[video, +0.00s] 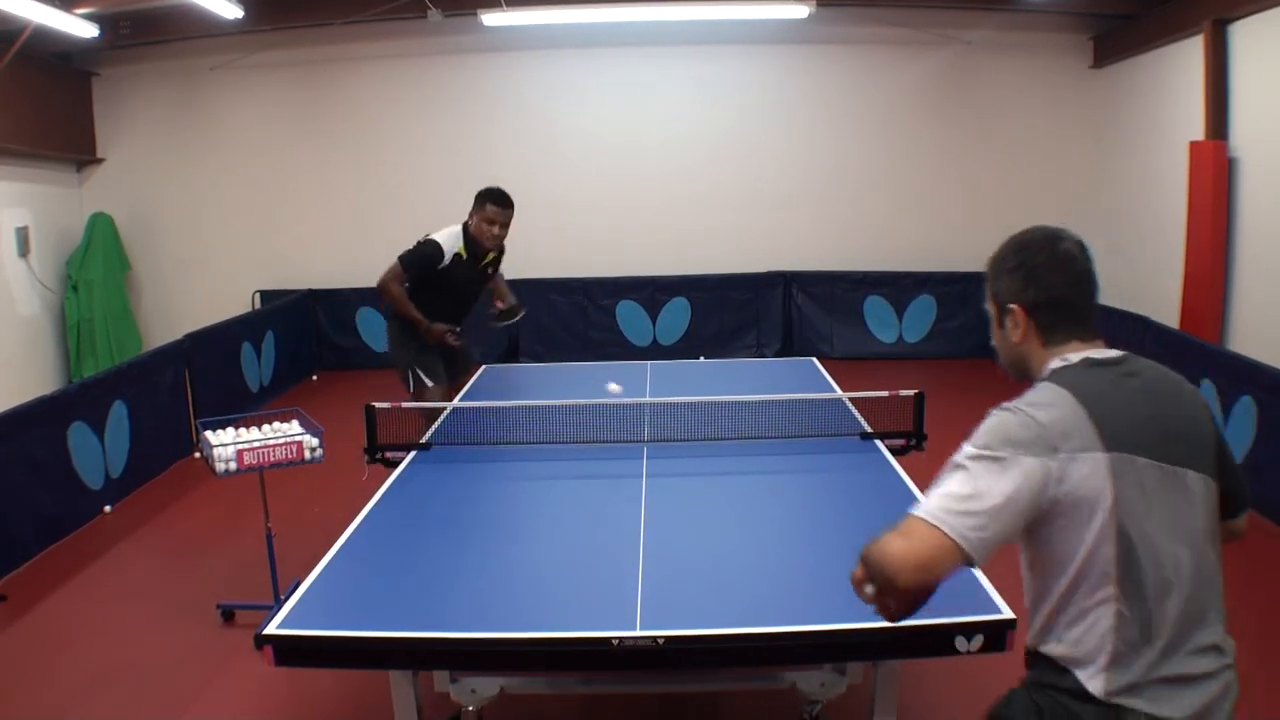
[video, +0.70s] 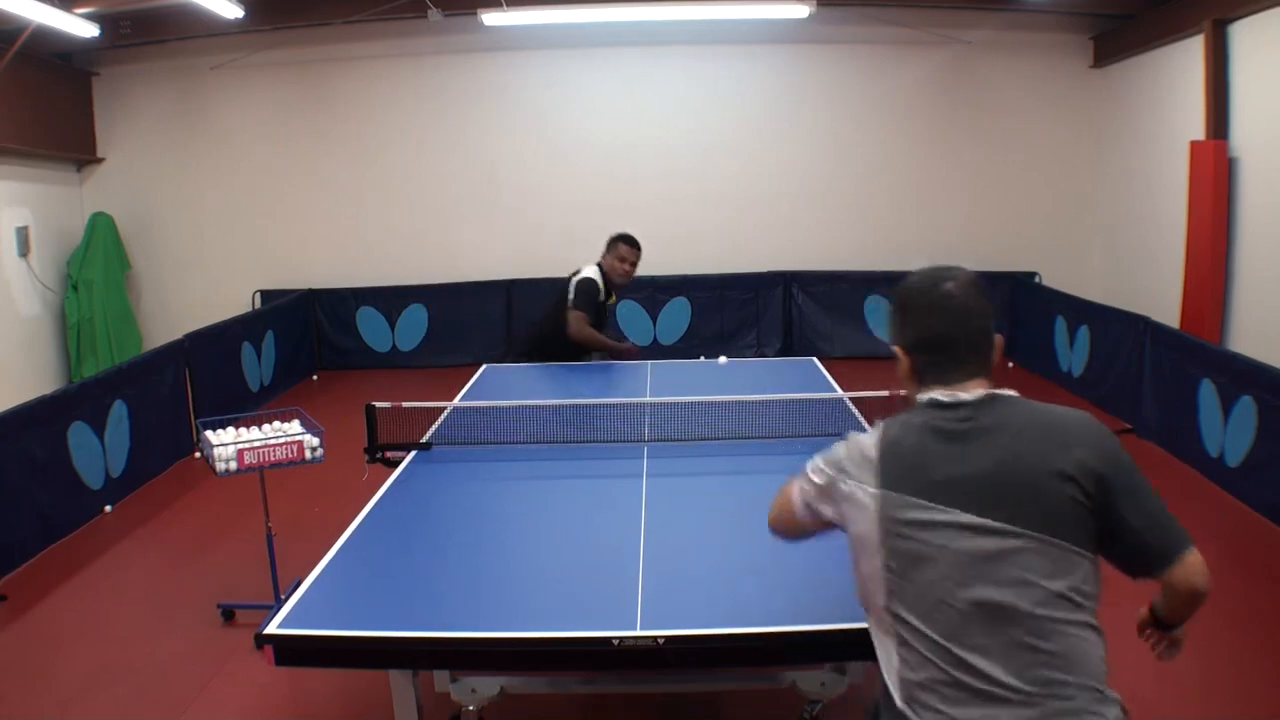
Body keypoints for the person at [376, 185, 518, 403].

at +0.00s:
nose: (496, 232)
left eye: (504, 226)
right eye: (489, 223)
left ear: (510, 226)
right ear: (472, 218)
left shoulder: (495, 250)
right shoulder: (438, 247)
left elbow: (491, 275)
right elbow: (388, 283)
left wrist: (507, 301)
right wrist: (426, 327)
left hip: (449, 331)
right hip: (411, 330)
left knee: (470, 391)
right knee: (436, 402)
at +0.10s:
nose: (505, 237)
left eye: (512, 231)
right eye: (498, 229)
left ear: (518, 232)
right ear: (480, 226)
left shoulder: (508, 259)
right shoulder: (448, 255)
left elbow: (513, 285)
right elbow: (399, 289)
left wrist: (534, 305)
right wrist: (440, 329)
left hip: (469, 339)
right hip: (428, 339)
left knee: (499, 393)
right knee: (440, 415)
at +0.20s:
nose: (520, 244)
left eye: (527, 238)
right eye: (513, 236)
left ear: (532, 240)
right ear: (495, 235)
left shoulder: (529, 270)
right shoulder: (463, 263)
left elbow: (536, 298)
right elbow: (414, 295)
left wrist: (561, 317)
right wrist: (453, 336)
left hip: (495, 352)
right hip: (451, 351)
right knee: (452, 417)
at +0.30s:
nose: (540, 233)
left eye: (547, 227)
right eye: (533, 225)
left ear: (553, 229)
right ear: (516, 223)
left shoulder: (552, 259)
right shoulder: (485, 254)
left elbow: (557, 293)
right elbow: (438, 288)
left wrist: (579, 315)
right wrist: (477, 324)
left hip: (527, 347)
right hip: (481, 349)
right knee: (484, 422)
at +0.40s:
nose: (559, 223)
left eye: (566, 217)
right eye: (552, 215)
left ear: (572, 219)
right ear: (536, 212)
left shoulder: (565, 250)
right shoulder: (503, 246)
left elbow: (571, 289)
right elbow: (463, 282)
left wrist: (601, 319)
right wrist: (506, 312)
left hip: (544, 334)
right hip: (500, 336)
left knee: (582, 375)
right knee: (499, 401)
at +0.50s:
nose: (582, 229)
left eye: (588, 224)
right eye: (575, 221)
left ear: (592, 227)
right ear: (558, 219)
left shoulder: (579, 261)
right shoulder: (525, 251)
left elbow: (580, 302)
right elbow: (493, 295)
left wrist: (617, 330)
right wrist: (541, 318)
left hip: (552, 337)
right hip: (512, 338)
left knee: (589, 370)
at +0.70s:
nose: (627, 269)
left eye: (632, 265)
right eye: (621, 261)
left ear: (636, 269)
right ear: (605, 258)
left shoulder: (606, 288)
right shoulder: (589, 280)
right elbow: (577, 329)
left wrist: (619, 349)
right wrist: (618, 348)